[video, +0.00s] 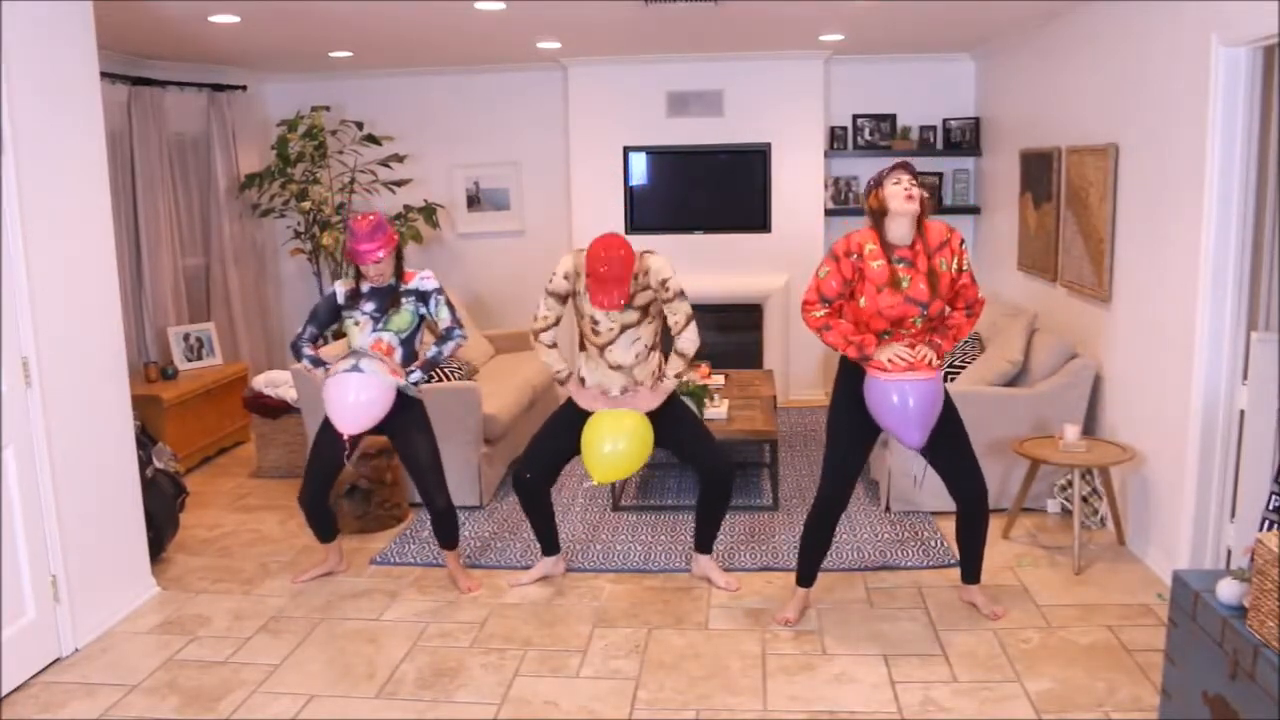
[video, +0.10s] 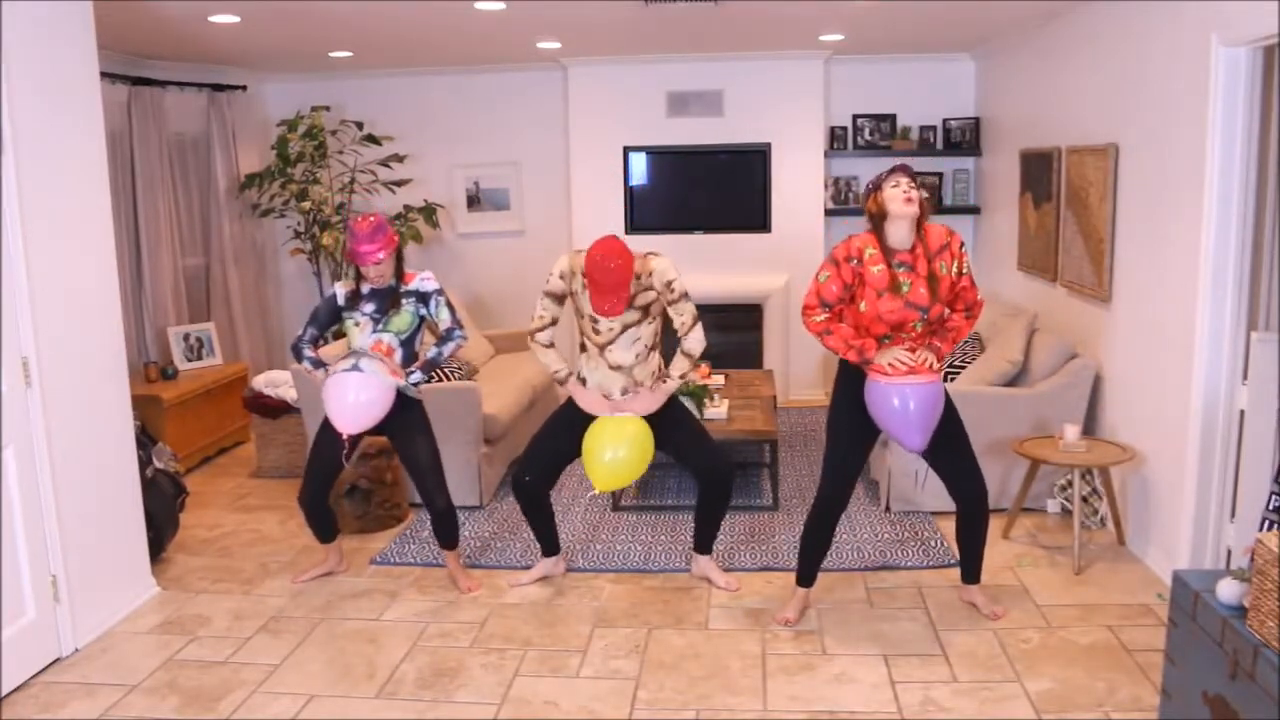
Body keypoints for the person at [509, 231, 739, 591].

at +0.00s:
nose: (611, 300)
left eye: (618, 292)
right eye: (603, 292)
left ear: (633, 268)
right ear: (588, 270)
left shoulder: (655, 271)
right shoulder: (571, 268)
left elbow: (688, 337)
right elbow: (542, 332)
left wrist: (658, 393)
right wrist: (576, 391)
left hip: (652, 398)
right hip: (590, 399)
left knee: (718, 469)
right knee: (528, 476)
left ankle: (703, 557)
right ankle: (552, 557)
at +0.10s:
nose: (610, 303)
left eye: (617, 296)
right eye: (603, 296)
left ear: (632, 272)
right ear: (588, 273)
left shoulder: (658, 271)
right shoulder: (569, 269)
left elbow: (694, 341)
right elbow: (540, 335)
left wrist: (660, 393)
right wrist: (576, 391)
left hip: (651, 398)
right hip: (590, 398)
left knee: (717, 471)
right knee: (527, 479)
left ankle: (702, 558)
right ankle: (551, 558)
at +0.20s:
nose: (612, 291)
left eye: (619, 283)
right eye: (603, 283)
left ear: (634, 261)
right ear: (588, 263)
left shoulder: (660, 270)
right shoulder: (567, 268)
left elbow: (694, 339)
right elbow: (540, 332)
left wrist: (657, 392)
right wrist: (575, 387)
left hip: (651, 400)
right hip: (588, 400)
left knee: (718, 469)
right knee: (527, 480)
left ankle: (702, 558)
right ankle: (552, 558)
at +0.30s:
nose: (611, 280)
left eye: (619, 272)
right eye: (603, 273)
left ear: (634, 250)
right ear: (589, 252)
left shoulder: (659, 263)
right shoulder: (571, 262)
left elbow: (696, 331)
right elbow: (540, 327)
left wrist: (654, 385)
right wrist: (579, 383)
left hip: (650, 399)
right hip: (589, 398)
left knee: (717, 473)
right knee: (527, 482)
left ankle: (702, 557)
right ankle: (551, 558)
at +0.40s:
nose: (611, 260)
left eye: (619, 251)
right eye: (604, 252)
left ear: (635, 232)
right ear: (592, 236)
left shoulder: (662, 258)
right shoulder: (571, 256)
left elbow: (697, 324)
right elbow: (539, 321)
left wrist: (656, 380)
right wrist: (576, 378)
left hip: (648, 396)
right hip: (587, 396)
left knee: (708, 478)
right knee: (531, 484)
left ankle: (701, 558)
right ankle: (552, 558)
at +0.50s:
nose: (609, 234)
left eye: (618, 224)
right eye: (602, 225)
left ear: (635, 216)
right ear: (592, 221)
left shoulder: (663, 257)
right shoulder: (572, 253)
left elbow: (696, 324)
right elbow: (540, 319)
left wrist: (657, 377)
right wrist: (573, 374)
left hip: (648, 393)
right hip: (587, 393)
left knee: (706, 476)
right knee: (532, 484)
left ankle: (701, 558)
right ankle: (552, 558)